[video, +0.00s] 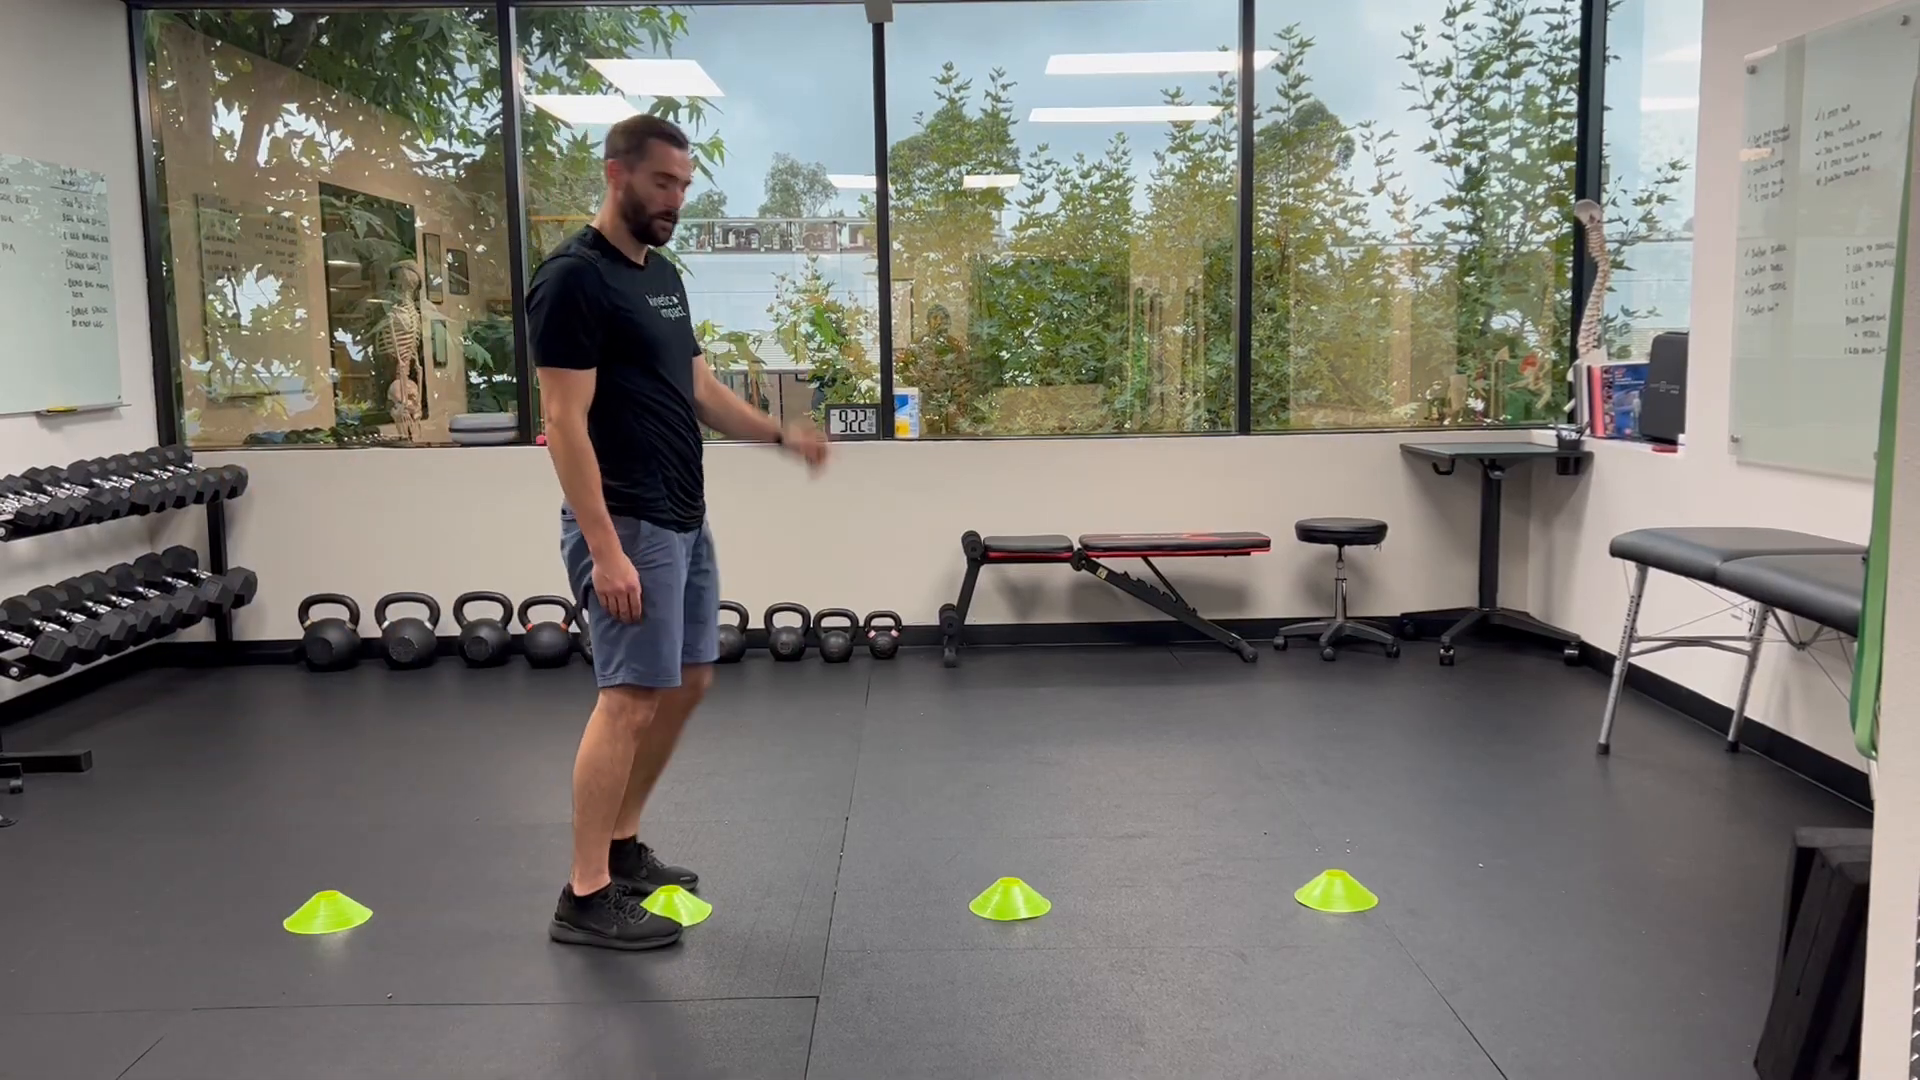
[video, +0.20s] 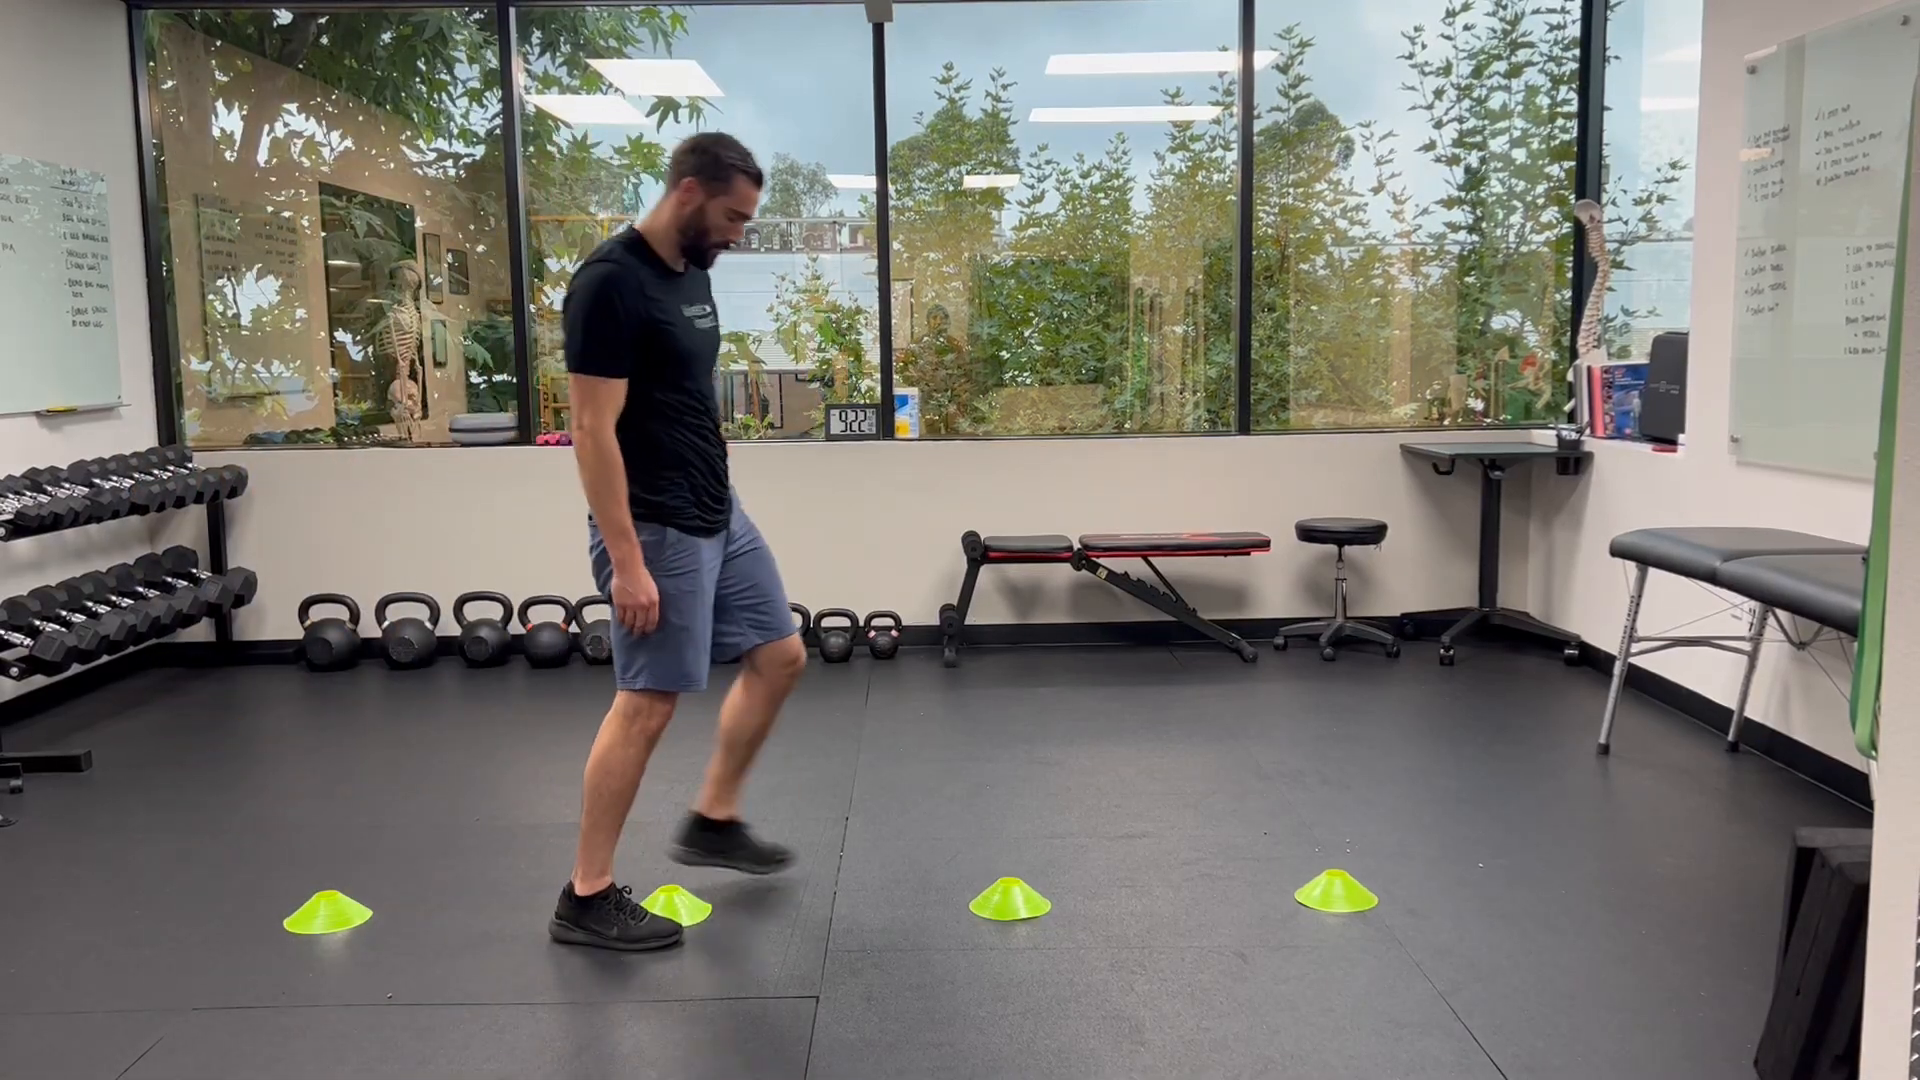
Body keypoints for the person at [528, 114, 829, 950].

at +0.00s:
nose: (675, 199)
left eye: (683, 186)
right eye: (663, 182)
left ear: (682, 188)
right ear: (615, 174)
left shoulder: (662, 276)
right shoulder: (573, 281)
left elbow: (697, 386)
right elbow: (564, 425)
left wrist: (778, 430)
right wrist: (605, 549)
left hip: (683, 522)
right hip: (623, 526)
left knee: (687, 680)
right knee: (629, 694)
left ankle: (616, 845)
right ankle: (585, 892)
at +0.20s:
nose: (738, 237)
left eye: (744, 224)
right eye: (733, 220)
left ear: (705, 202)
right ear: (686, 194)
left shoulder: (689, 273)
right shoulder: (610, 282)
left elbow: (685, 407)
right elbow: (591, 433)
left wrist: (715, 508)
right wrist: (627, 561)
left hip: (717, 519)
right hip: (656, 532)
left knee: (778, 657)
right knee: (644, 705)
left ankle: (714, 819)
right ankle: (587, 893)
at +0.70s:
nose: (947, 257)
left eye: (959, 244)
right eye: (946, 236)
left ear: (906, 214)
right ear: (904, 207)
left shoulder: (866, 285)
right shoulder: (840, 286)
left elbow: (831, 417)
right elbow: (798, 418)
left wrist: (863, 524)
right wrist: (823, 544)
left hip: (865, 521)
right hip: (815, 527)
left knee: (912, 672)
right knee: (806, 710)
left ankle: (933, 845)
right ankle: (647, 844)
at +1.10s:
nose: (965, 186)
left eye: (976, 174)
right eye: (951, 168)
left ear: (983, 187)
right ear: (912, 173)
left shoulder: (950, 272)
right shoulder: (885, 269)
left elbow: (989, 380)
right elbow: (877, 405)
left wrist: (1072, 418)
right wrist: (932, 522)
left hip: (956, 511)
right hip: (919, 517)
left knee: (961, 682)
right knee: (974, 689)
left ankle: (938, 846)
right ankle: (955, 887)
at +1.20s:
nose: (967, 184)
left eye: (979, 171)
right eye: (953, 166)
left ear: (987, 184)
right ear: (915, 171)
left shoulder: (959, 266)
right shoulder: (891, 269)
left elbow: (995, 366)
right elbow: (892, 410)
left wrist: (1068, 354)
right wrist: (938, 527)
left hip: (974, 507)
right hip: (938, 513)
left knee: (971, 683)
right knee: (967, 687)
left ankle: (939, 848)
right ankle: (952, 888)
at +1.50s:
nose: (994, 188)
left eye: (1006, 175)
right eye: (980, 170)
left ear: (1012, 187)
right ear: (940, 171)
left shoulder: (984, 272)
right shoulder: (911, 273)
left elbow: (1035, 381)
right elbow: (909, 420)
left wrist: (1062, 315)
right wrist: (955, 535)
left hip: (991, 507)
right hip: (964, 512)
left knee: (968, 676)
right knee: (987, 685)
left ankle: (937, 846)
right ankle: (955, 886)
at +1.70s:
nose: (1022, 188)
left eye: (1034, 175)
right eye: (1008, 169)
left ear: (1036, 183)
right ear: (965, 169)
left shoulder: (1008, 272)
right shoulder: (934, 274)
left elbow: (1047, 383)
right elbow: (922, 417)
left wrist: (1110, 352)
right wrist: (957, 540)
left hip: (1003, 513)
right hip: (974, 518)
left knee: (974, 678)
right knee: (995, 687)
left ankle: (934, 848)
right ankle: (953, 884)